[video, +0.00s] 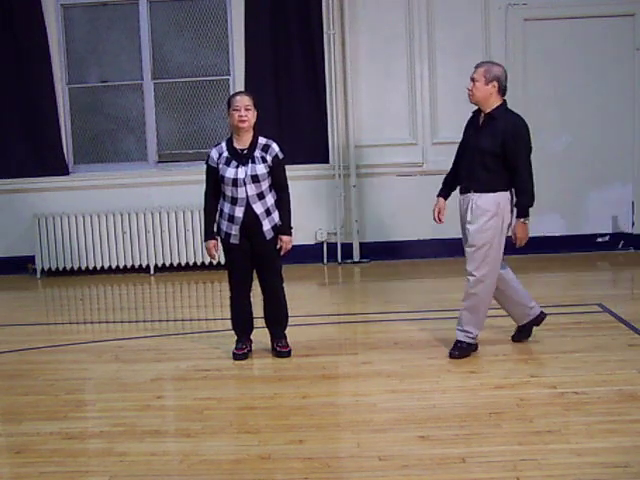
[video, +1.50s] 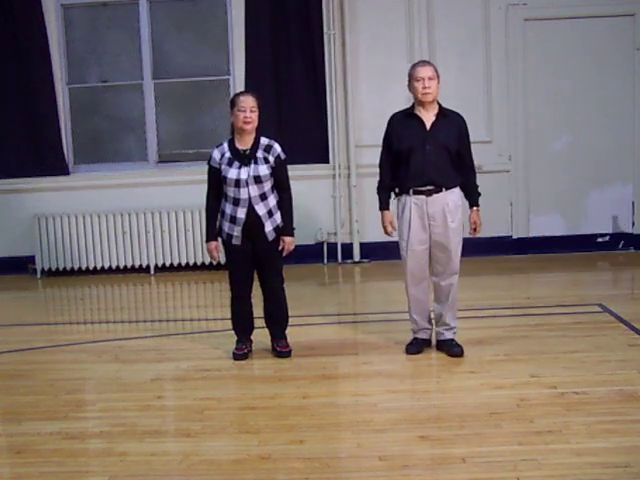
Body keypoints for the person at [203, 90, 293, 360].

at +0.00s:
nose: (242, 114)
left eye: (247, 109)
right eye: (236, 109)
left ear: (255, 114)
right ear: (228, 115)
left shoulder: (269, 149)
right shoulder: (217, 154)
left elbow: (283, 191)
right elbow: (211, 197)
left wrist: (285, 229)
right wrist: (210, 234)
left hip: (266, 230)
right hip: (233, 232)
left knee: (273, 286)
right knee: (239, 289)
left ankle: (279, 336)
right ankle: (243, 338)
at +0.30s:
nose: (244, 116)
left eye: (249, 110)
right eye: (238, 111)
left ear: (257, 115)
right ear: (230, 116)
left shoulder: (271, 150)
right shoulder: (218, 154)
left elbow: (284, 192)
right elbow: (212, 196)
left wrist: (287, 229)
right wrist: (209, 234)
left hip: (267, 231)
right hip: (234, 233)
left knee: (274, 286)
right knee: (239, 289)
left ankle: (279, 336)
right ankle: (243, 338)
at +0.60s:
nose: (244, 114)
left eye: (249, 109)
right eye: (238, 109)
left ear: (257, 114)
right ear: (230, 115)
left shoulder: (271, 149)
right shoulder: (219, 154)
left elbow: (284, 192)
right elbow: (213, 198)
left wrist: (287, 230)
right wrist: (212, 235)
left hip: (268, 231)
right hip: (234, 233)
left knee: (273, 286)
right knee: (240, 289)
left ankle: (279, 336)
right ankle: (243, 338)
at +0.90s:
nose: (244, 115)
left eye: (249, 110)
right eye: (239, 110)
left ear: (257, 114)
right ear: (230, 115)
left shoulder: (271, 149)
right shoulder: (219, 154)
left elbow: (284, 192)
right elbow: (212, 197)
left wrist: (287, 230)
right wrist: (211, 235)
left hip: (267, 230)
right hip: (234, 232)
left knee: (274, 285)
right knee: (240, 288)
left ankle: (279, 336)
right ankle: (243, 338)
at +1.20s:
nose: (248, 117)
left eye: (253, 112)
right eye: (242, 112)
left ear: (258, 116)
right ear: (232, 116)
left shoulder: (271, 150)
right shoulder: (219, 155)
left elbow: (284, 192)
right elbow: (213, 198)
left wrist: (287, 230)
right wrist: (212, 235)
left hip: (268, 230)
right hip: (234, 233)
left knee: (274, 286)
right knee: (240, 289)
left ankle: (279, 336)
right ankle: (243, 338)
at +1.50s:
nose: (247, 115)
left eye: (252, 110)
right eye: (241, 110)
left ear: (258, 115)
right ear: (232, 115)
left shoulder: (272, 150)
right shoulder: (220, 154)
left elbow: (285, 192)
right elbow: (213, 198)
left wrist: (288, 230)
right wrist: (212, 235)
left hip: (268, 231)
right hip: (235, 233)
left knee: (274, 286)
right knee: (240, 289)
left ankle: (279, 336)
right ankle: (243, 338)